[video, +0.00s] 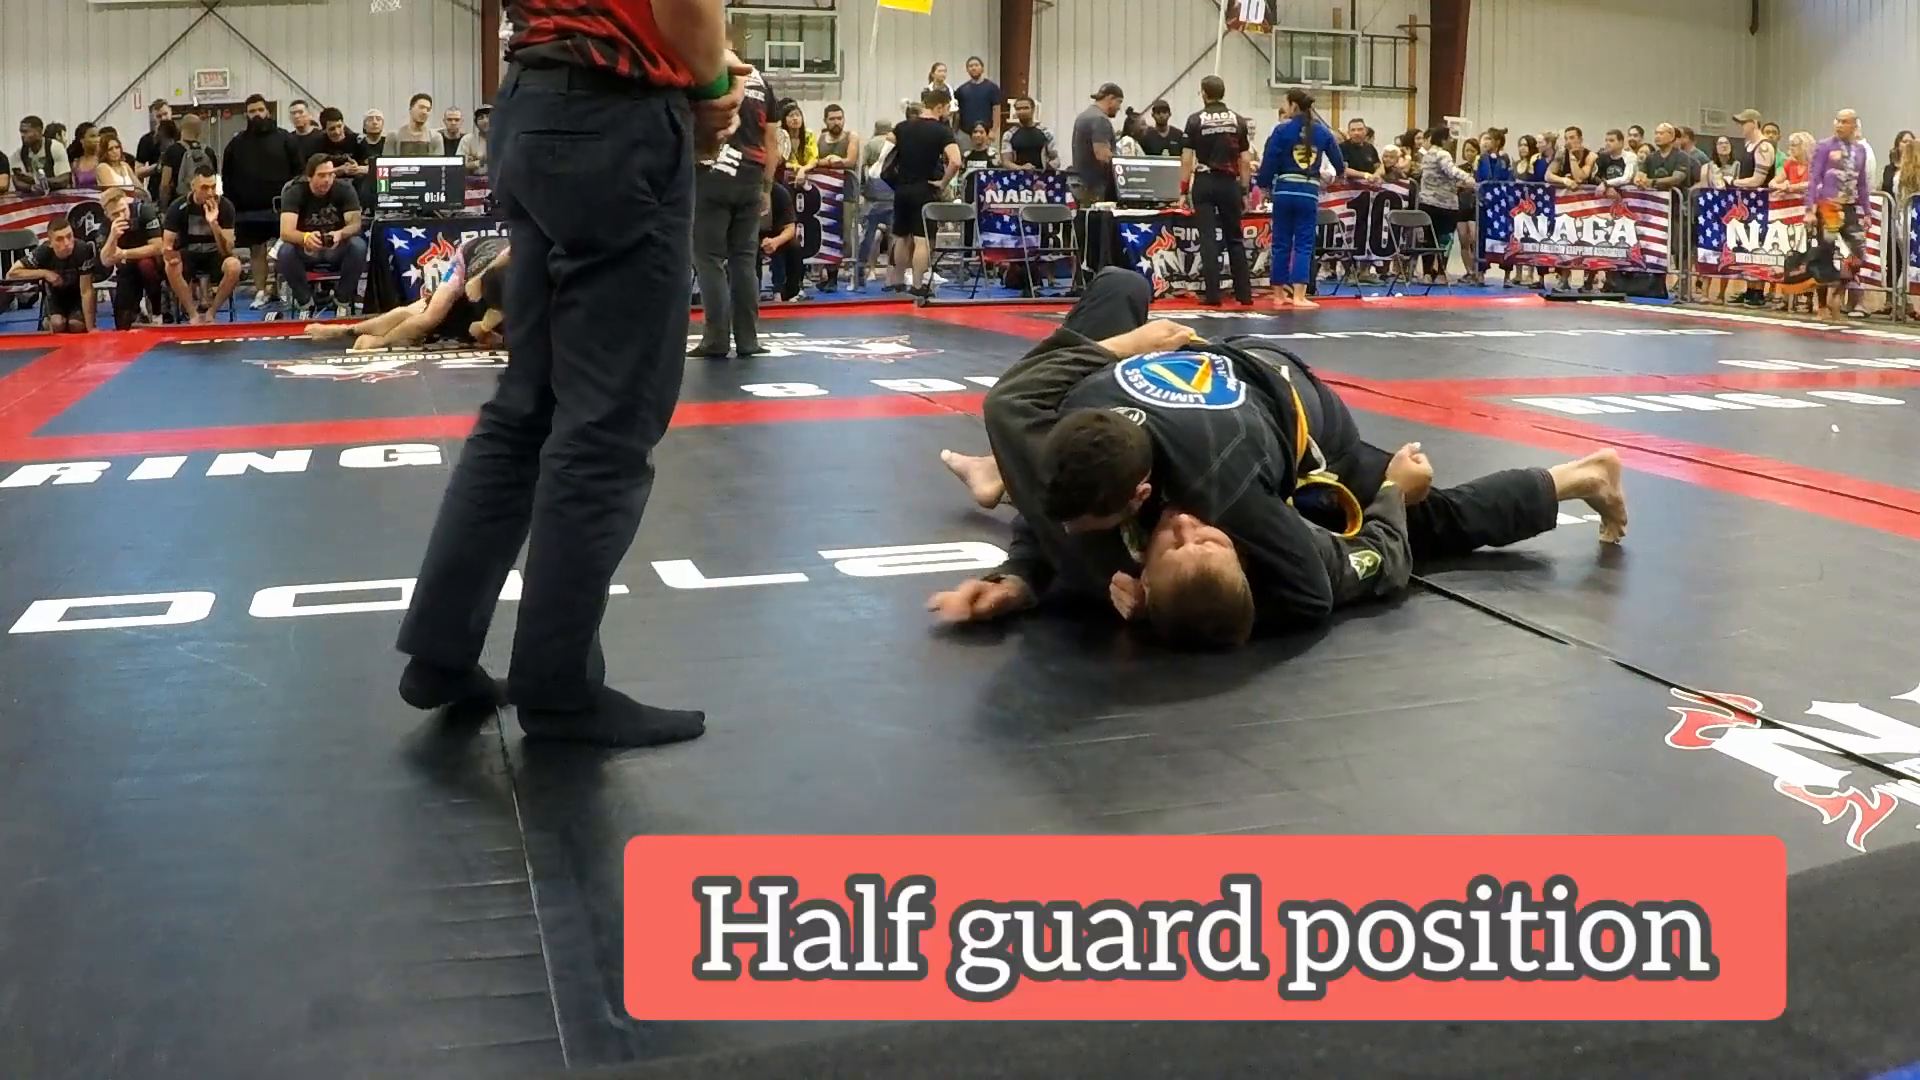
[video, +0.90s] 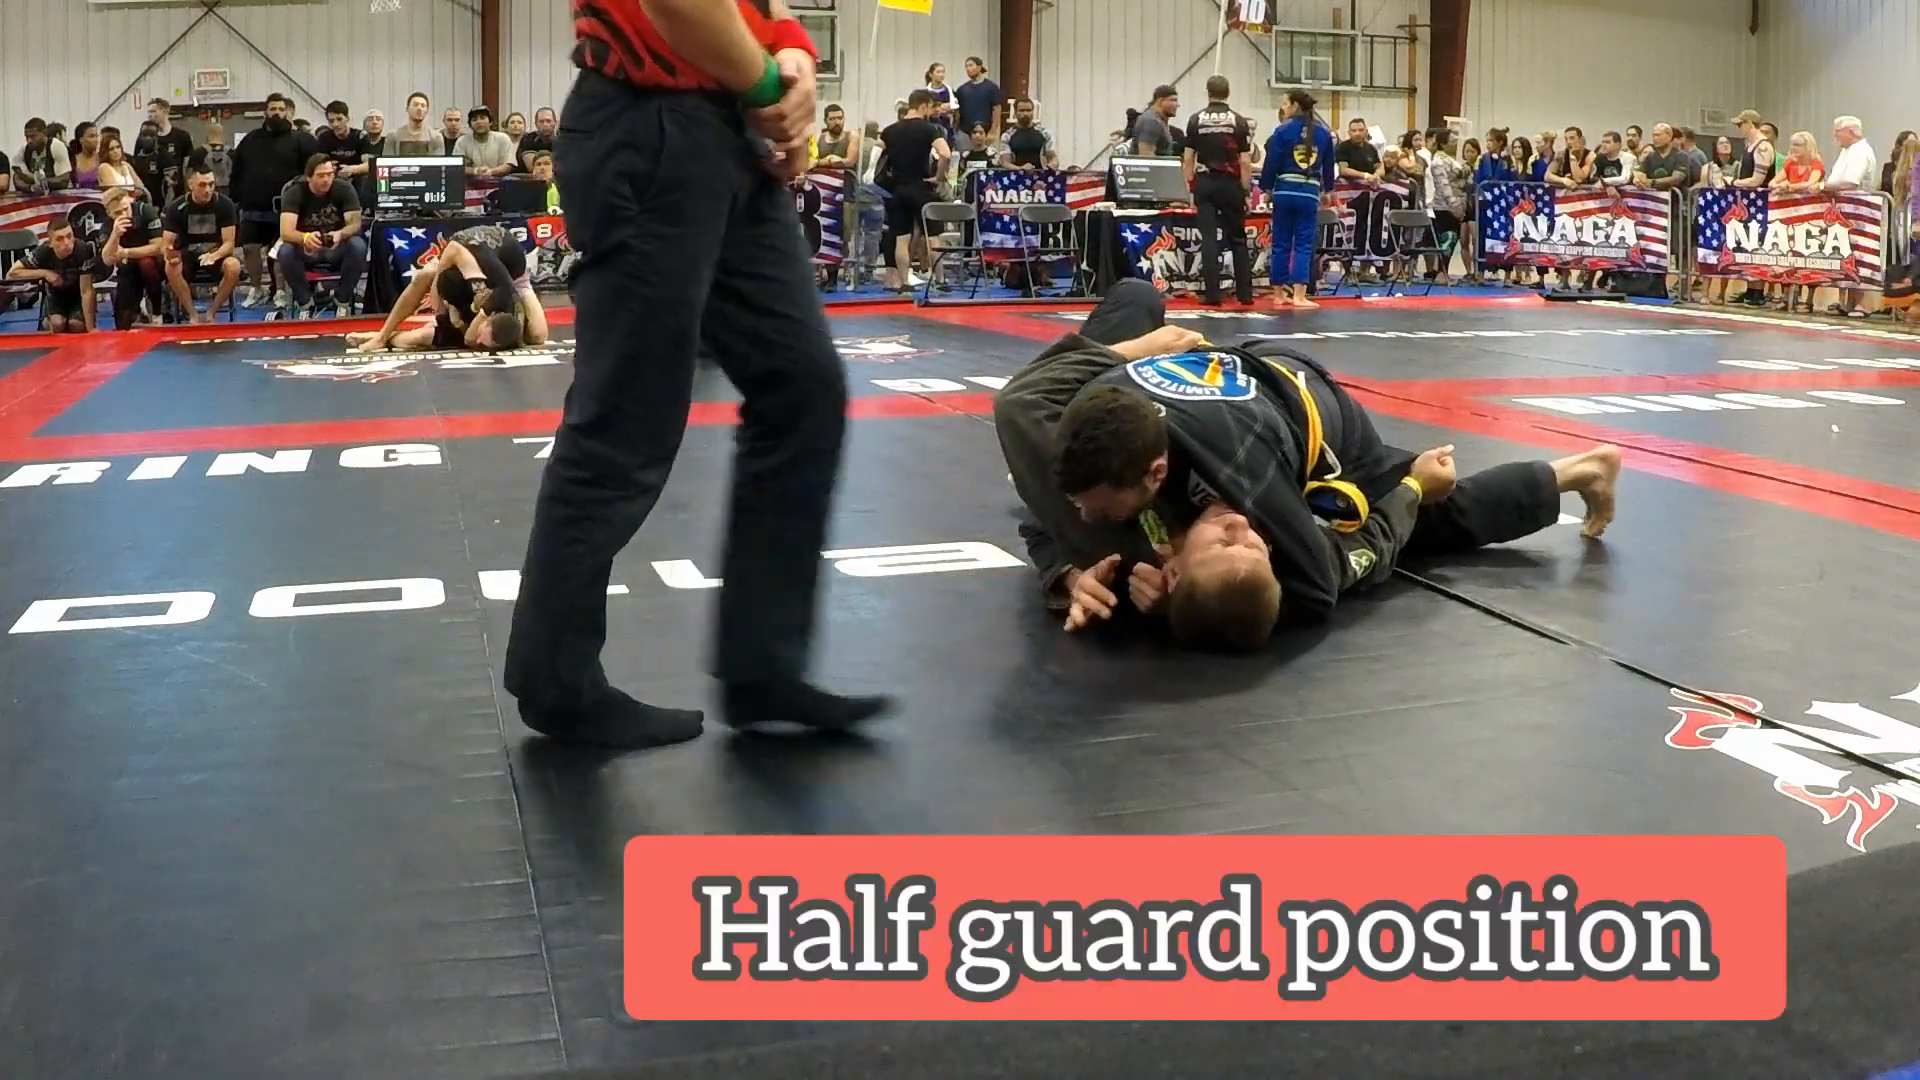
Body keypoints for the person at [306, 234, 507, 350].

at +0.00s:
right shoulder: (491, 259)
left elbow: (481, 330)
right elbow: (472, 291)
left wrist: (483, 331)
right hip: (470, 258)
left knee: (414, 311)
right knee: (430, 318)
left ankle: (345, 331)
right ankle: (381, 342)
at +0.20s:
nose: (494, 330)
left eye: (501, 329)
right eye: (490, 323)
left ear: (522, 316)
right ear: (488, 306)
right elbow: (504, 258)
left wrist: (494, 335)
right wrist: (481, 297)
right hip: (484, 254)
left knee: (440, 336)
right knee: (429, 308)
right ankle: (370, 336)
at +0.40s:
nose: (456, 307)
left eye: (462, 311)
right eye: (460, 305)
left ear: (486, 315)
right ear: (468, 290)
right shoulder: (476, 259)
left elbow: (500, 343)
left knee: (418, 340)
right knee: (433, 281)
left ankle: (393, 338)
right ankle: (384, 334)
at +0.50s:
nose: (438, 304)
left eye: (445, 310)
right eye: (504, 340)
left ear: (460, 318)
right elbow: (460, 260)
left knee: (413, 340)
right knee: (429, 279)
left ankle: (391, 336)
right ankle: (386, 335)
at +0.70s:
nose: (472, 335)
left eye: (476, 340)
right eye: (479, 332)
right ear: (484, 312)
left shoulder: (458, 335)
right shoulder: (506, 294)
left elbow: (414, 341)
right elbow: (451, 256)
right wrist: (435, 294)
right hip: (470, 245)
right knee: (423, 279)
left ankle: (382, 338)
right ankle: (382, 337)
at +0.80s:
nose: (472, 340)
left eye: (477, 346)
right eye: (478, 337)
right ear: (487, 319)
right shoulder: (497, 295)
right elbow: (454, 249)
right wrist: (437, 291)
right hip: (470, 243)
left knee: (538, 337)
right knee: (423, 276)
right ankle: (381, 337)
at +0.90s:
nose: (477, 343)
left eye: (484, 347)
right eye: (482, 337)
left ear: (505, 345)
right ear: (488, 319)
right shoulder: (498, 294)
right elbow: (455, 249)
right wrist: (436, 293)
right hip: (468, 239)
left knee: (539, 337)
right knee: (424, 276)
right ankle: (381, 337)